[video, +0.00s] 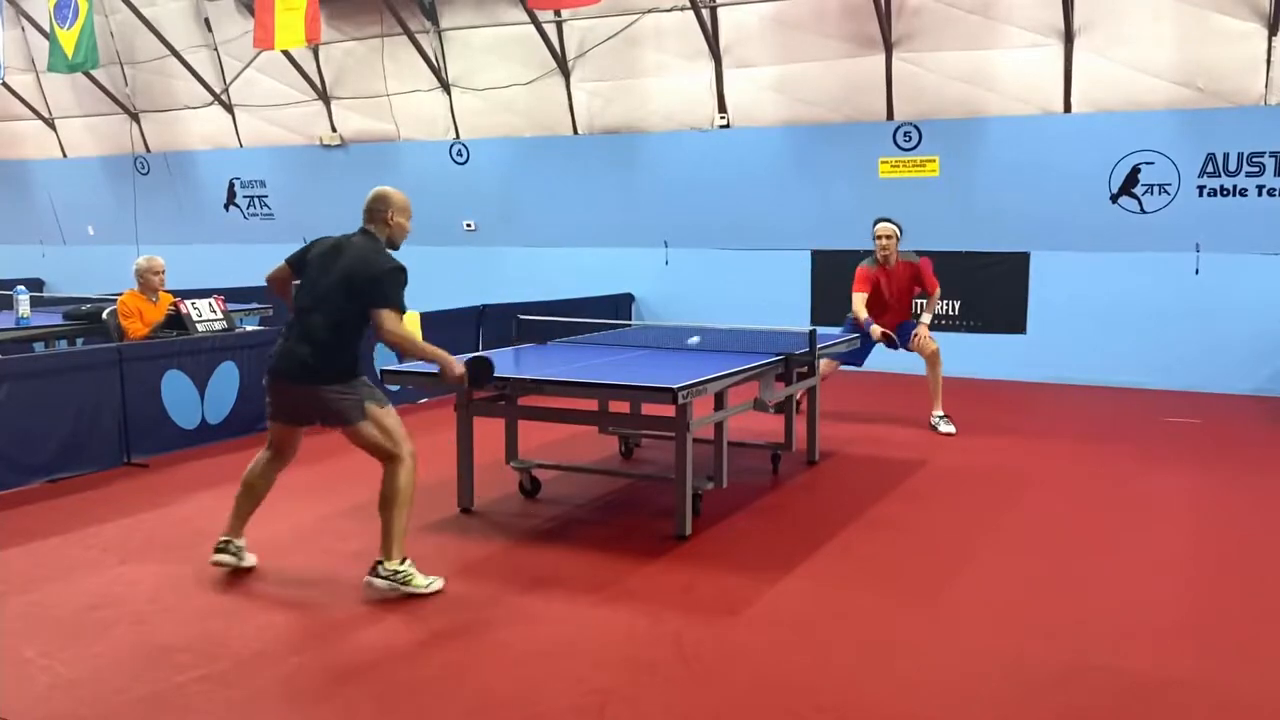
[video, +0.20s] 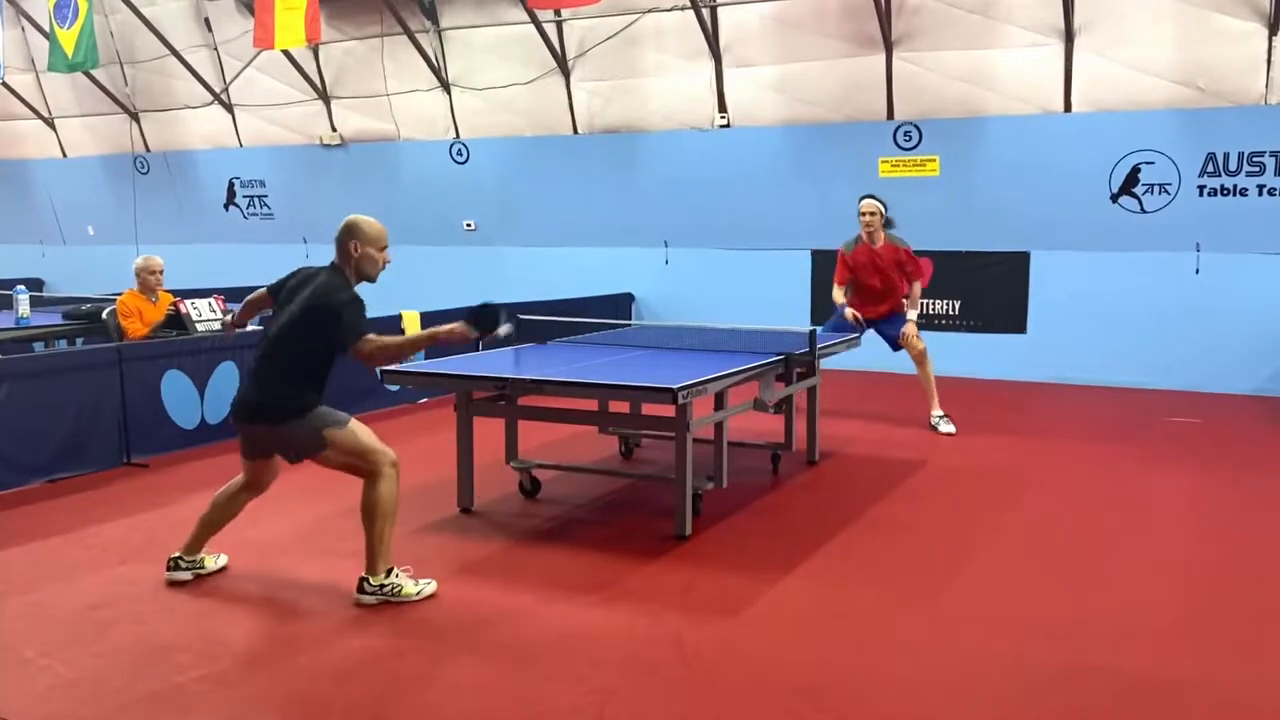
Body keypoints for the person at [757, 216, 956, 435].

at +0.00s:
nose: (884, 242)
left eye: (889, 238)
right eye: (879, 238)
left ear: (898, 241)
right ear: (873, 242)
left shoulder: (916, 266)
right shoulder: (866, 269)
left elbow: (934, 293)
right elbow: (858, 306)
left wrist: (924, 324)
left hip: (899, 324)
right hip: (865, 323)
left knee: (932, 350)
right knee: (824, 369)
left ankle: (938, 413)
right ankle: (795, 396)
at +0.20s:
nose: (867, 219)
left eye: (872, 214)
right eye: (863, 215)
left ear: (883, 218)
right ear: (858, 218)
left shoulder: (899, 248)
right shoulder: (849, 251)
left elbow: (916, 283)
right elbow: (837, 290)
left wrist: (911, 320)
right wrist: (845, 308)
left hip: (890, 315)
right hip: (854, 313)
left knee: (919, 350)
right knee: (812, 349)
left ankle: (936, 412)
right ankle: (786, 398)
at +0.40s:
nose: (831, 224)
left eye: (836, 220)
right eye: (827, 220)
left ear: (847, 222)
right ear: (823, 224)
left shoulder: (866, 250)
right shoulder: (817, 253)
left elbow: (885, 283)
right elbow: (797, 282)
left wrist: (863, 310)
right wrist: (797, 298)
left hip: (872, 313)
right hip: (838, 313)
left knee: (894, 353)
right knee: (803, 344)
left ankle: (918, 407)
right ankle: (786, 397)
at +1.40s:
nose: (782, 241)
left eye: (786, 235)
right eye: (778, 237)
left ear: (798, 235)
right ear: (775, 240)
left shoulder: (820, 258)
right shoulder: (777, 269)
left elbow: (848, 284)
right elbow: (758, 301)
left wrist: (831, 311)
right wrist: (764, 306)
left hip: (837, 319)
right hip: (803, 323)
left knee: (865, 360)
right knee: (765, 345)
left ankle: (901, 407)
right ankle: (764, 399)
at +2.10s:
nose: (796, 230)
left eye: (801, 226)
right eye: (792, 226)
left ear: (811, 227)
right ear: (788, 230)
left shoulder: (833, 250)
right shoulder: (787, 262)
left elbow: (860, 277)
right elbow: (799, 298)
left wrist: (849, 309)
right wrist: (804, 326)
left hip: (845, 309)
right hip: (813, 312)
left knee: (869, 349)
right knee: (776, 342)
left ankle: (884, 406)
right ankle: (764, 397)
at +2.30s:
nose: (800, 222)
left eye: (804, 217)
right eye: (795, 218)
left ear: (815, 219)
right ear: (791, 222)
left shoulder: (836, 245)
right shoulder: (787, 253)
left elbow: (861, 273)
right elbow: (788, 289)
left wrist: (853, 304)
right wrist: (796, 316)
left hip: (842, 308)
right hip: (810, 309)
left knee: (867, 348)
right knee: (775, 342)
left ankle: (883, 405)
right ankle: (764, 398)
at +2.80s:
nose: (820, 199)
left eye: (824, 194)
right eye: (815, 196)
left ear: (835, 197)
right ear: (812, 201)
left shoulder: (855, 224)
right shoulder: (812, 235)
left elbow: (886, 246)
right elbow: (809, 270)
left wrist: (862, 269)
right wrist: (790, 280)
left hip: (874, 301)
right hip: (842, 304)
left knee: (882, 351)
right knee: (809, 347)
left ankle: (911, 405)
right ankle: (825, 403)